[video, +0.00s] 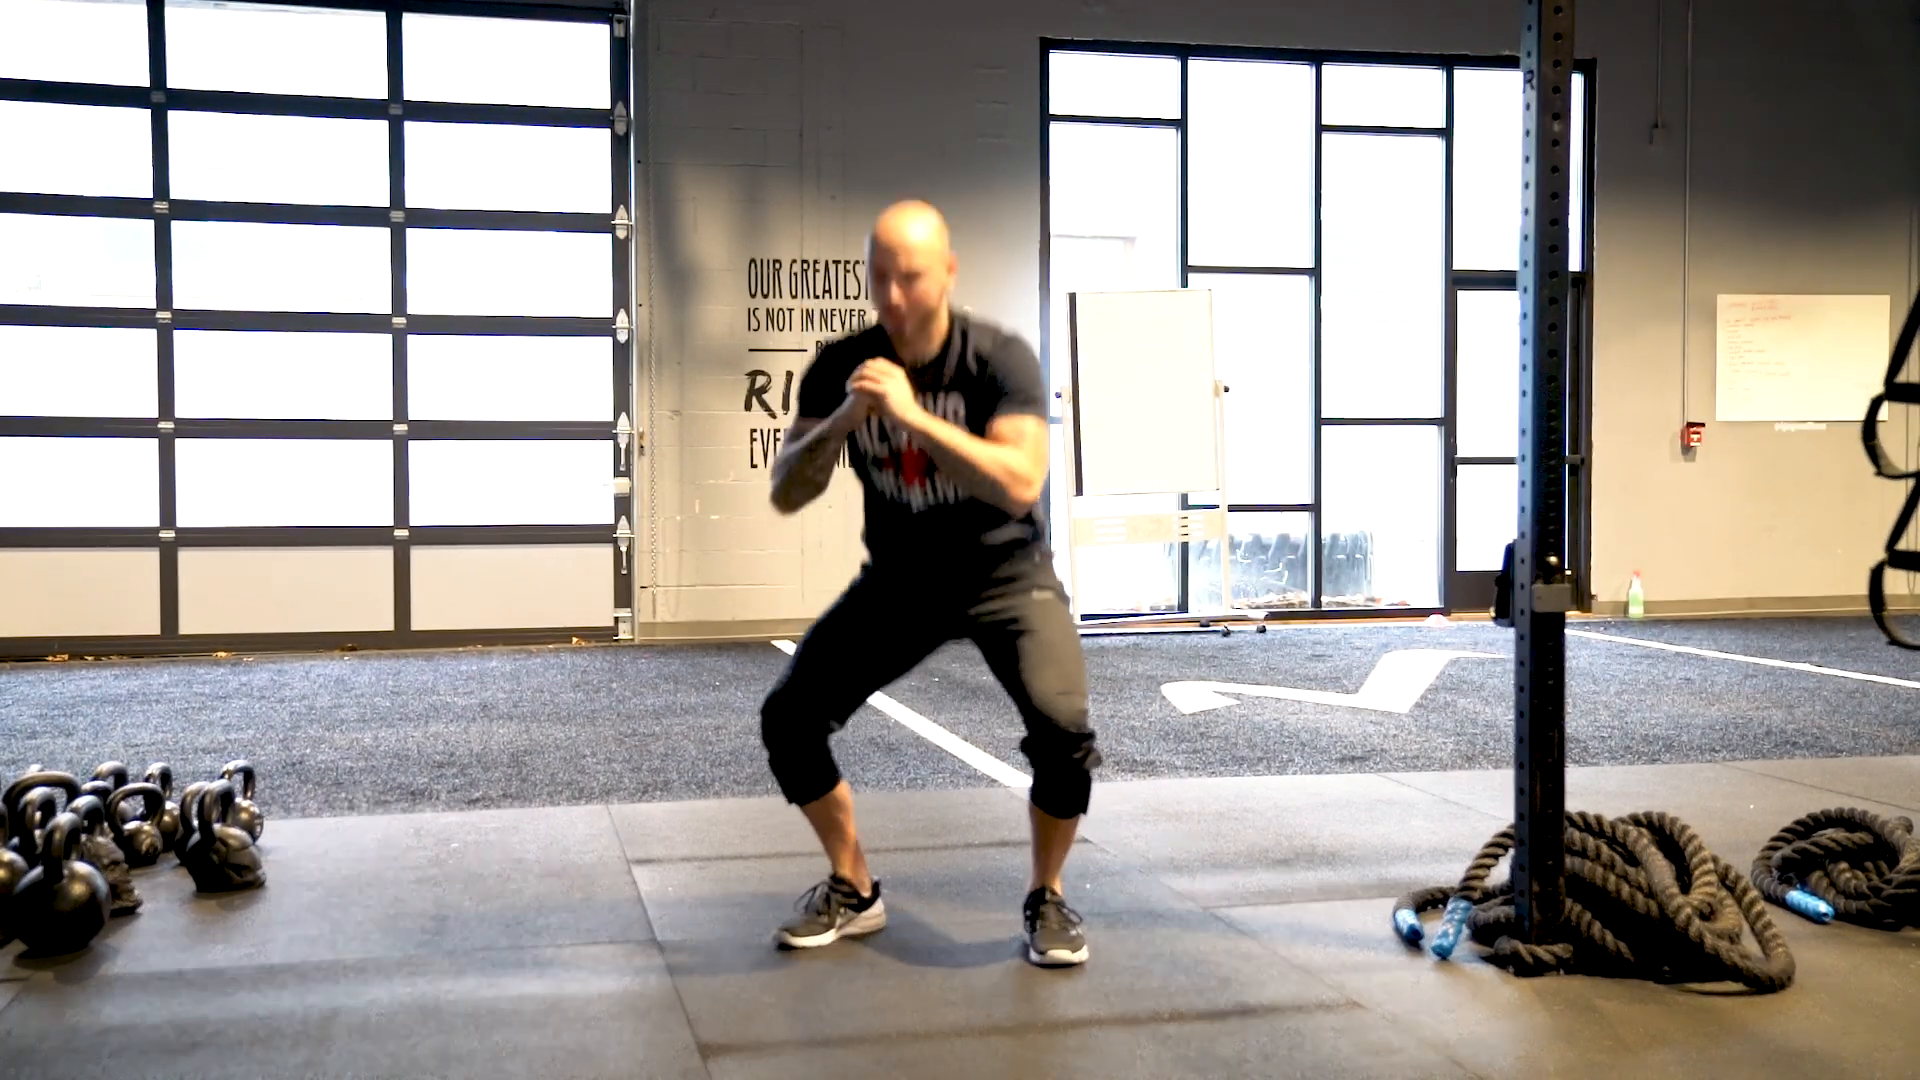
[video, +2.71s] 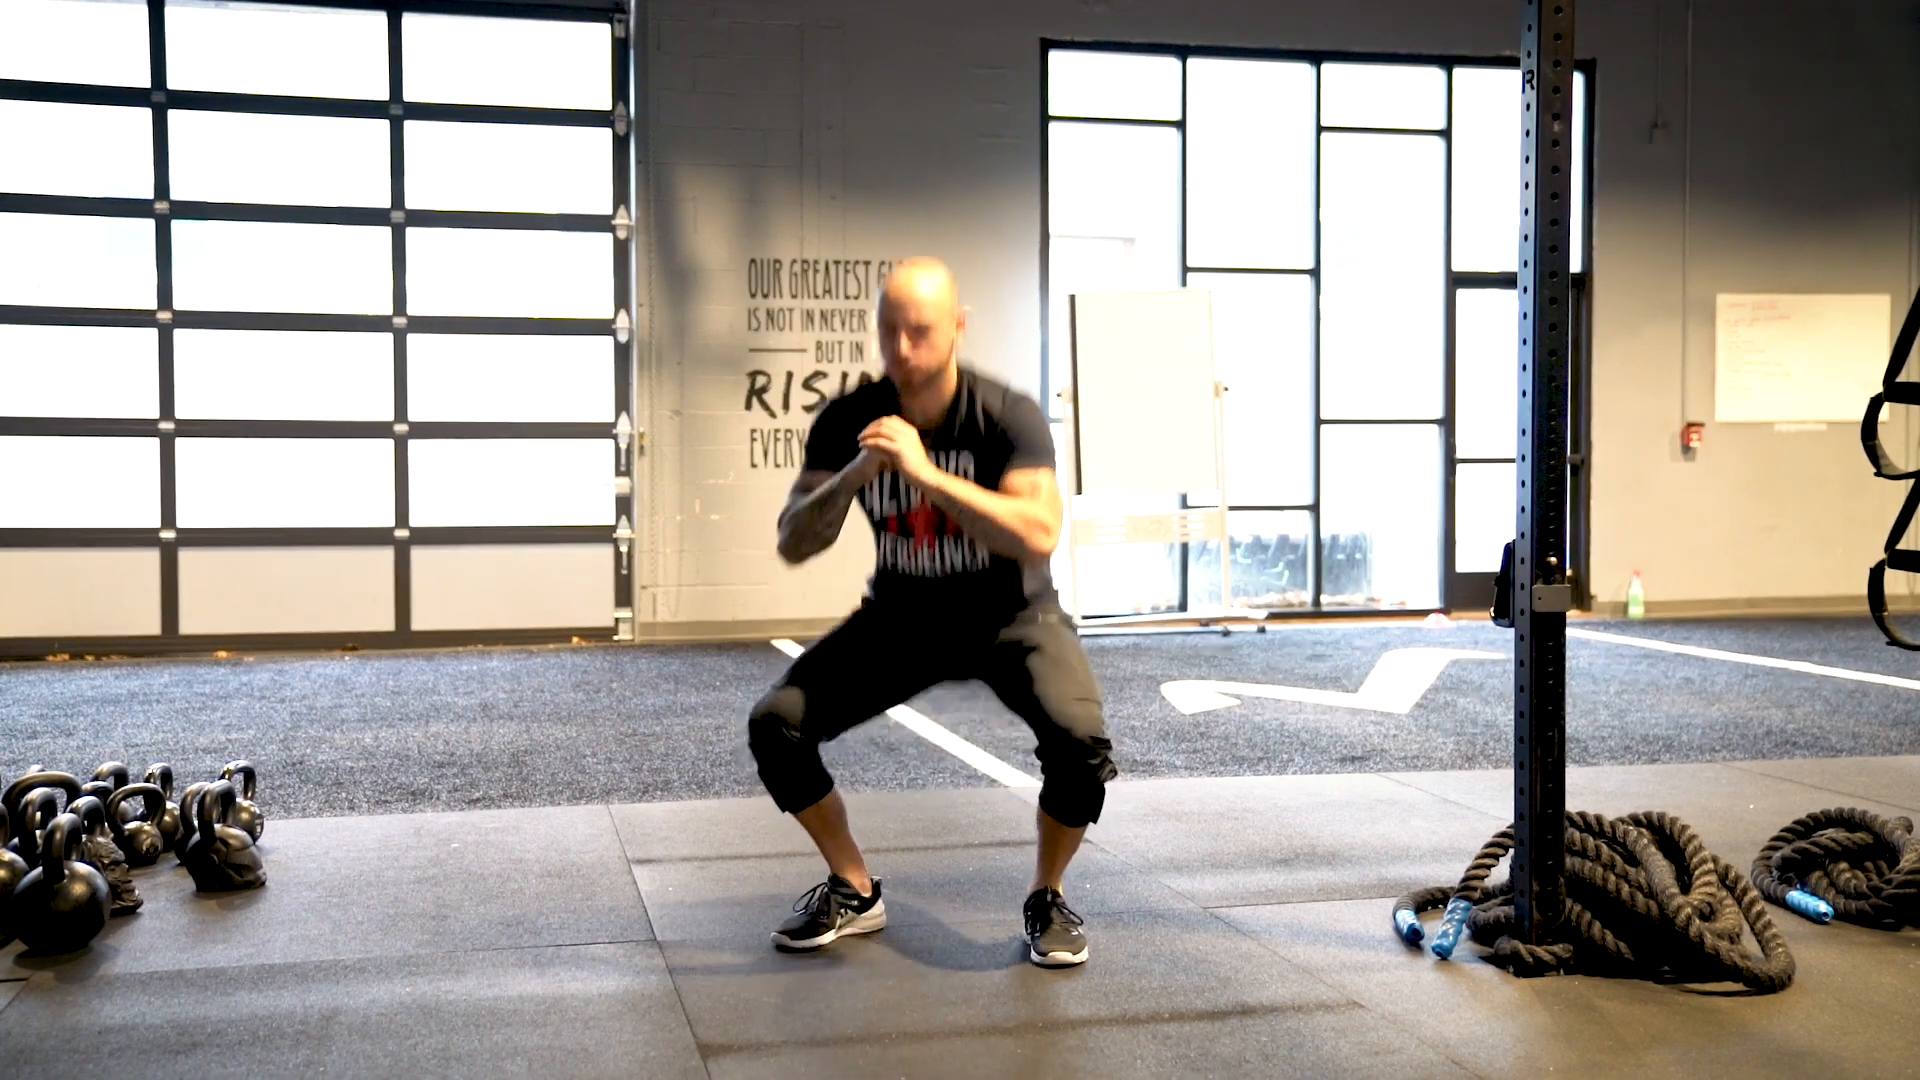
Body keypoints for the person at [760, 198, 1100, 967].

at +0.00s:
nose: (892, 298)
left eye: (910, 278)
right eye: (880, 278)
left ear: (949, 276)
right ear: (866, 278)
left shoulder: (1001, 358)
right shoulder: (838, 367)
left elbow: (1022, 483)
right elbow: (786, 495)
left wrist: (913, 415)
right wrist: (842, 421)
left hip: (1006, 575)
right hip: (901, 579)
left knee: (1064, 726)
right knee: (789, 720)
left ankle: (1046, 897)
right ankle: (852, 888)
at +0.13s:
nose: (894, 405)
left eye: (912, 387)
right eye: (882, 386)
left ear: (950, 384)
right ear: (867, 385)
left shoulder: (997, 460)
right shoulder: (847, 461)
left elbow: (1007, 557)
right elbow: (774, 565)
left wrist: (906, 472)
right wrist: (841, 476)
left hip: (1007, 657)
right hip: (900, 659)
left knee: (1080, 761)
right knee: (770, 738)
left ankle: (1046, 902)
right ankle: (854, 889)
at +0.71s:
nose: (897, 284)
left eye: (915, 267)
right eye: (885, 266)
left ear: (953, 265)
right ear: (870, 264)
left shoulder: (1012, 358)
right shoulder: (842, 361)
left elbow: (1055, 483)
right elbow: (819, 494)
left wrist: (950, 476)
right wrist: (868, 473)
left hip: (1008, 571)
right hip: (899, 570)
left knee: (1067, 731)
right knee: (791, 720)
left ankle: (1047, 897)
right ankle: (854, 888)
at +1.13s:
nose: (898, 397)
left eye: (917, 380)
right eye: (888, 379)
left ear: (956, 376)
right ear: (874, 376)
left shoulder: (1003, 453)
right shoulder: (852, 453)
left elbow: (1005, 549)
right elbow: (777, 557)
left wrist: (909, 463)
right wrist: (844, 465)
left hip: (1008, 653)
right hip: (903, 655)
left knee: (1084, 759)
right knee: (773, 737)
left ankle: (1046, 900)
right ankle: (854, 890)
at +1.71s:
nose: (905, 293)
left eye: (923, 276)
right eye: (894, 274)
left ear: (960, 276)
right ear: (879, 274)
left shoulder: (1013, 362)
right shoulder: (847, 369)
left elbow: (1043, 489)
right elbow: (807, 499)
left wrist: (929, 445)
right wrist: (857, 448)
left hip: (1014, 576)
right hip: (905, 575)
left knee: (1071, 731)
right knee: (792, 719)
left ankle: (1048, 897)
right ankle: (854, 889)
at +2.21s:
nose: (897, 404)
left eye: (915, 387)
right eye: (886, 386)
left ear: (953, 385)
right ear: (872, 383)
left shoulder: (1001, 460)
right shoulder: (851, 460)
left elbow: (1007, 557)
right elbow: (777, 563)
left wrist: (911, 468)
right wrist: (846, 472)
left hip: (1004, 656)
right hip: (902, 660)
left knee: (1085, 758)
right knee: (771, 738)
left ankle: (1046, 900)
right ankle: (854, 890)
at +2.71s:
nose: (902, 352)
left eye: (920, 332)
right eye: (890, 332)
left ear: (958, 329)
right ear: (876, 331)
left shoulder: (1010, 417)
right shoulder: (847, 418)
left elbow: (1037, 536)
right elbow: (793, 546)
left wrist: (927, 475)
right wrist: (852, 475)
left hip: (1010, 616)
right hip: (903, 615)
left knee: (1081, 744)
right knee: (777, 726)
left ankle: (1047, 898)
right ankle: (853, 887)